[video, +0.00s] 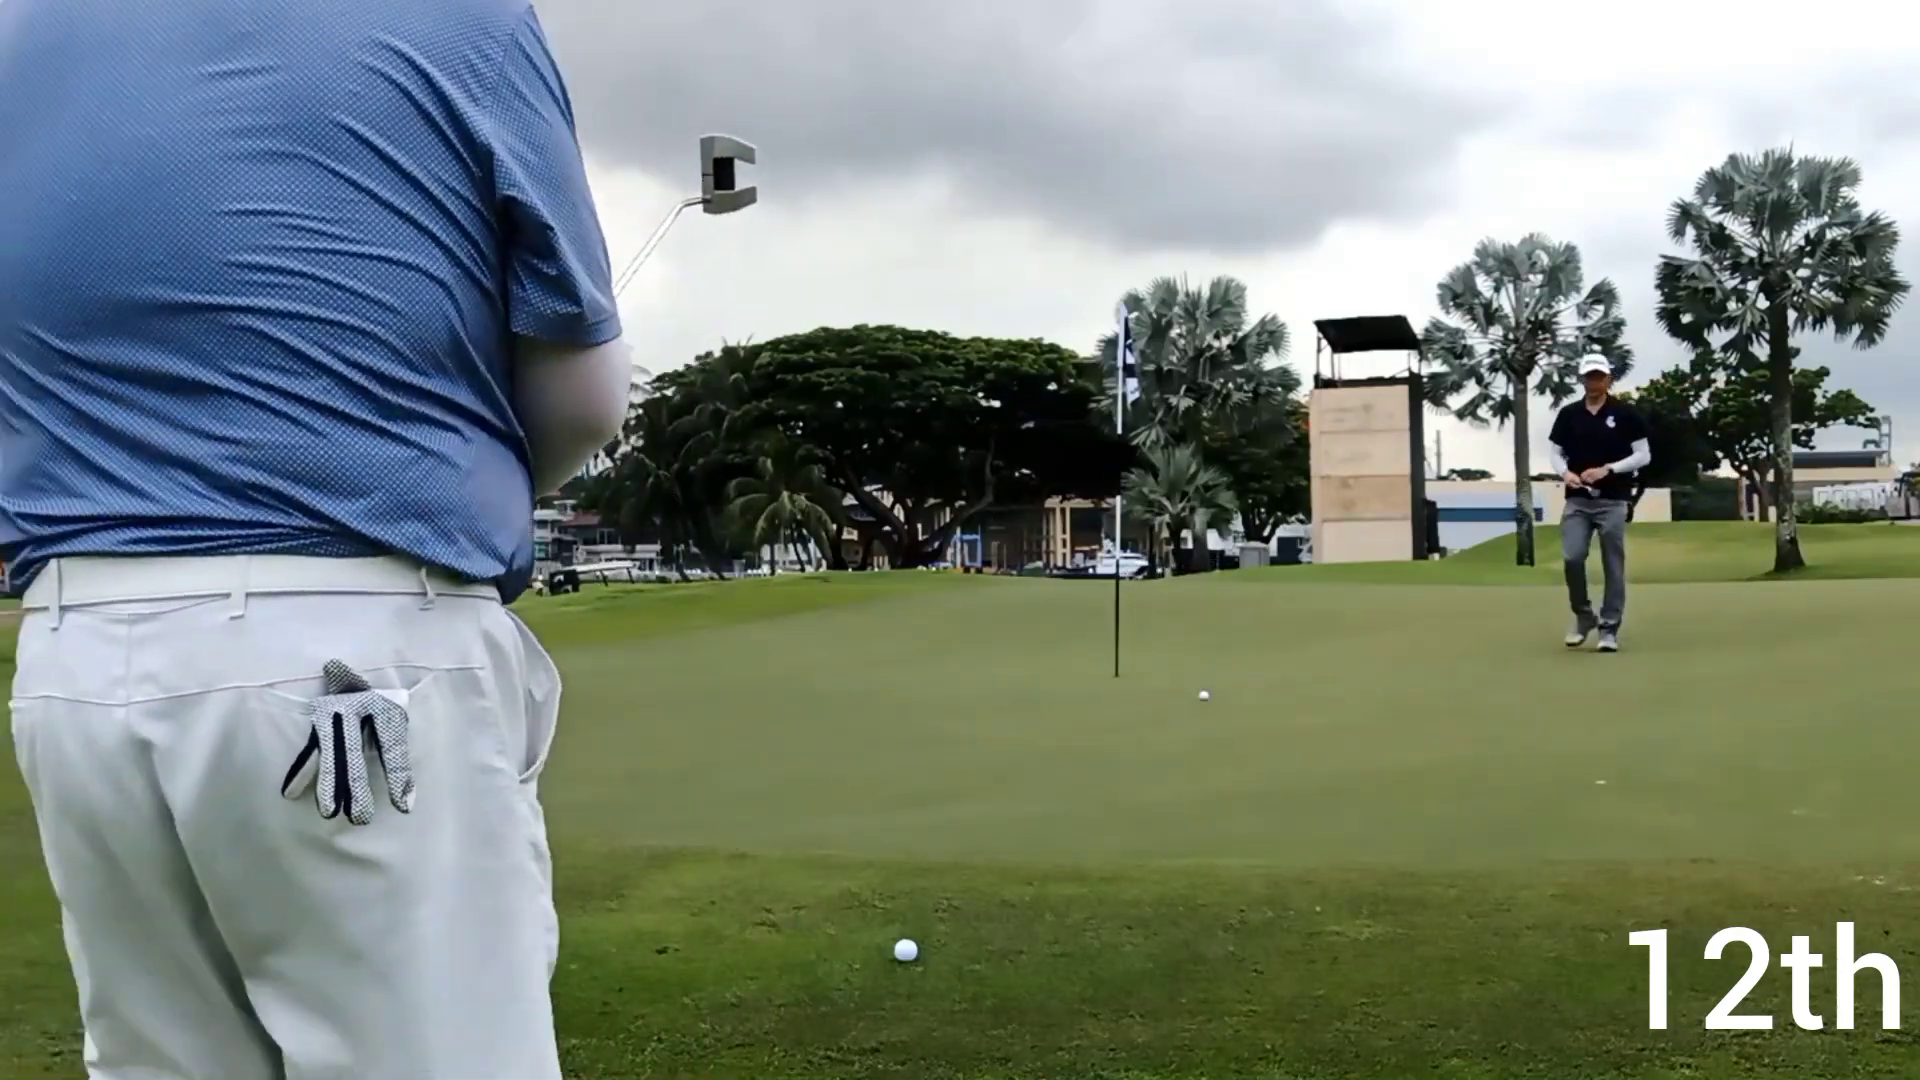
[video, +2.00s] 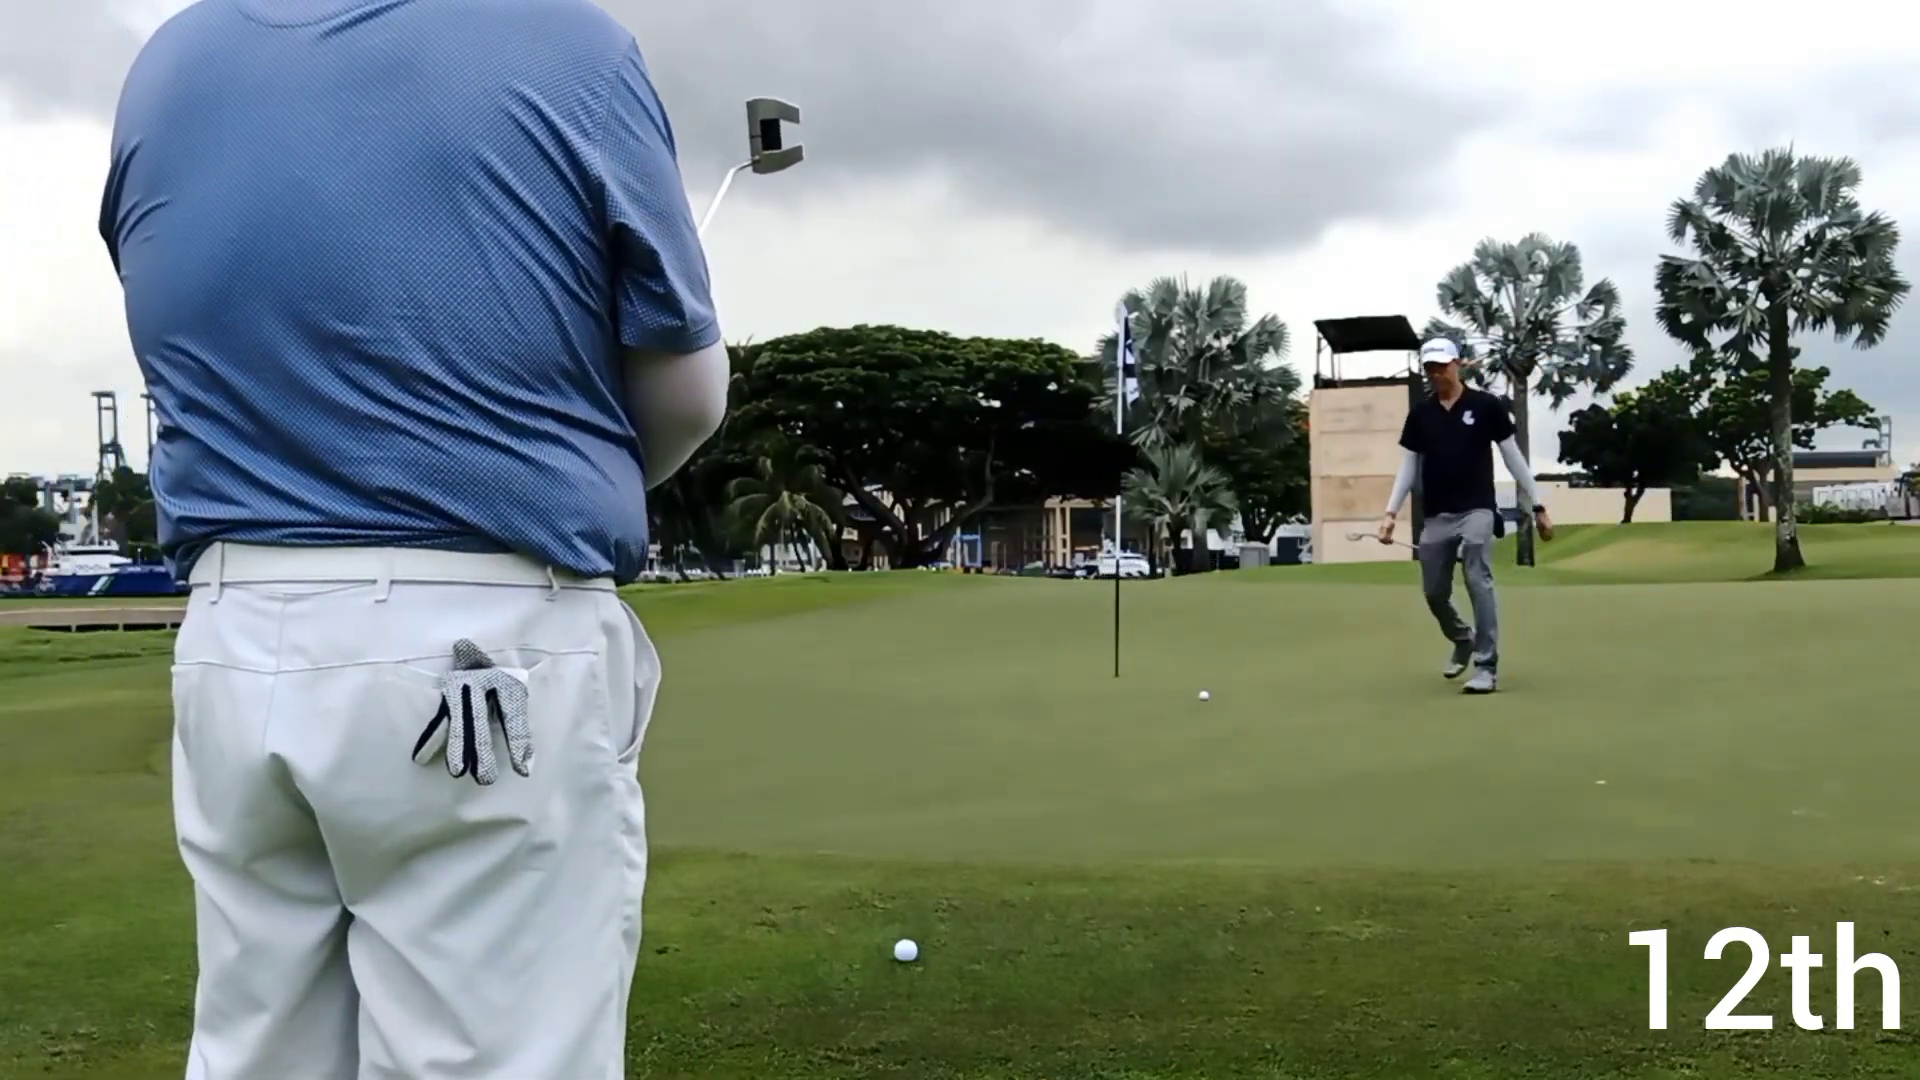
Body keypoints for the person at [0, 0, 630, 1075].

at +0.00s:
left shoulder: (27, 31)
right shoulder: (470, 23)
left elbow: (36, 353)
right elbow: (577, 392)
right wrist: (466, 487)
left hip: (78, 642)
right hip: (367, 636)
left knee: (158, 1062)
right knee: (435, 1060)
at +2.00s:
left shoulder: (172, 52)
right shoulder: (571, 40)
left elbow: (175, 333)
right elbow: (683, 390)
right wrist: (560, 492)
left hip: (238, 617)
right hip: (494, 621)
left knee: (253, 1058)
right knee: (503, 1058)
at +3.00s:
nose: (546, 22)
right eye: (546, 17)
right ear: (521, 4)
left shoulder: (206, 112)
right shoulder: (608, 108)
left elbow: (137, 436)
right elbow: (698, 439)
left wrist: (275, 536)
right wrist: (577, 552)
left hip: (250, 625)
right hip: (499, 620)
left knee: (286, 1043)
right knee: (473, 1055)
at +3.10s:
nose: (531, 39)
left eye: (535, 23)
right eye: (536, 21)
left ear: (367, 10)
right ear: (507, 11)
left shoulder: (200, 147)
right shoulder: (600, 139)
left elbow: (107, 452)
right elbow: (689, 457)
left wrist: (192, 668)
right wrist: (611, 587)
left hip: (252, 630)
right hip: (499, 623)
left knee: (287, 1037)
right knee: (466, 1052)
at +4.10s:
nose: (501, 169)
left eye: (504, 151)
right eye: (506, 148)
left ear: (378, 115)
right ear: (476, 126)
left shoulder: (256, 217)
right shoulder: (525, 239)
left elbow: (181, 421)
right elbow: (596, 438)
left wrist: (250, 526)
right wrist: (603, 603)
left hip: (291, 565)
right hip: (457, 564)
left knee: (297, 865)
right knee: (427, 879)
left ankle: (291, 1076)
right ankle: (398, 1075)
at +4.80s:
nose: (558, 221)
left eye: (563, 205)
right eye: (559, 199)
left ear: (472, 165)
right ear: (523, 172)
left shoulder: (365, 249)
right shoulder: (528, 254)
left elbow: (324, 382)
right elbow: (554, 389)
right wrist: (579, 547)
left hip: (351, 524)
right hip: (468, 529)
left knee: (400, 774)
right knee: (499, 774)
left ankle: (402, 988)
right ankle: (414, 992)